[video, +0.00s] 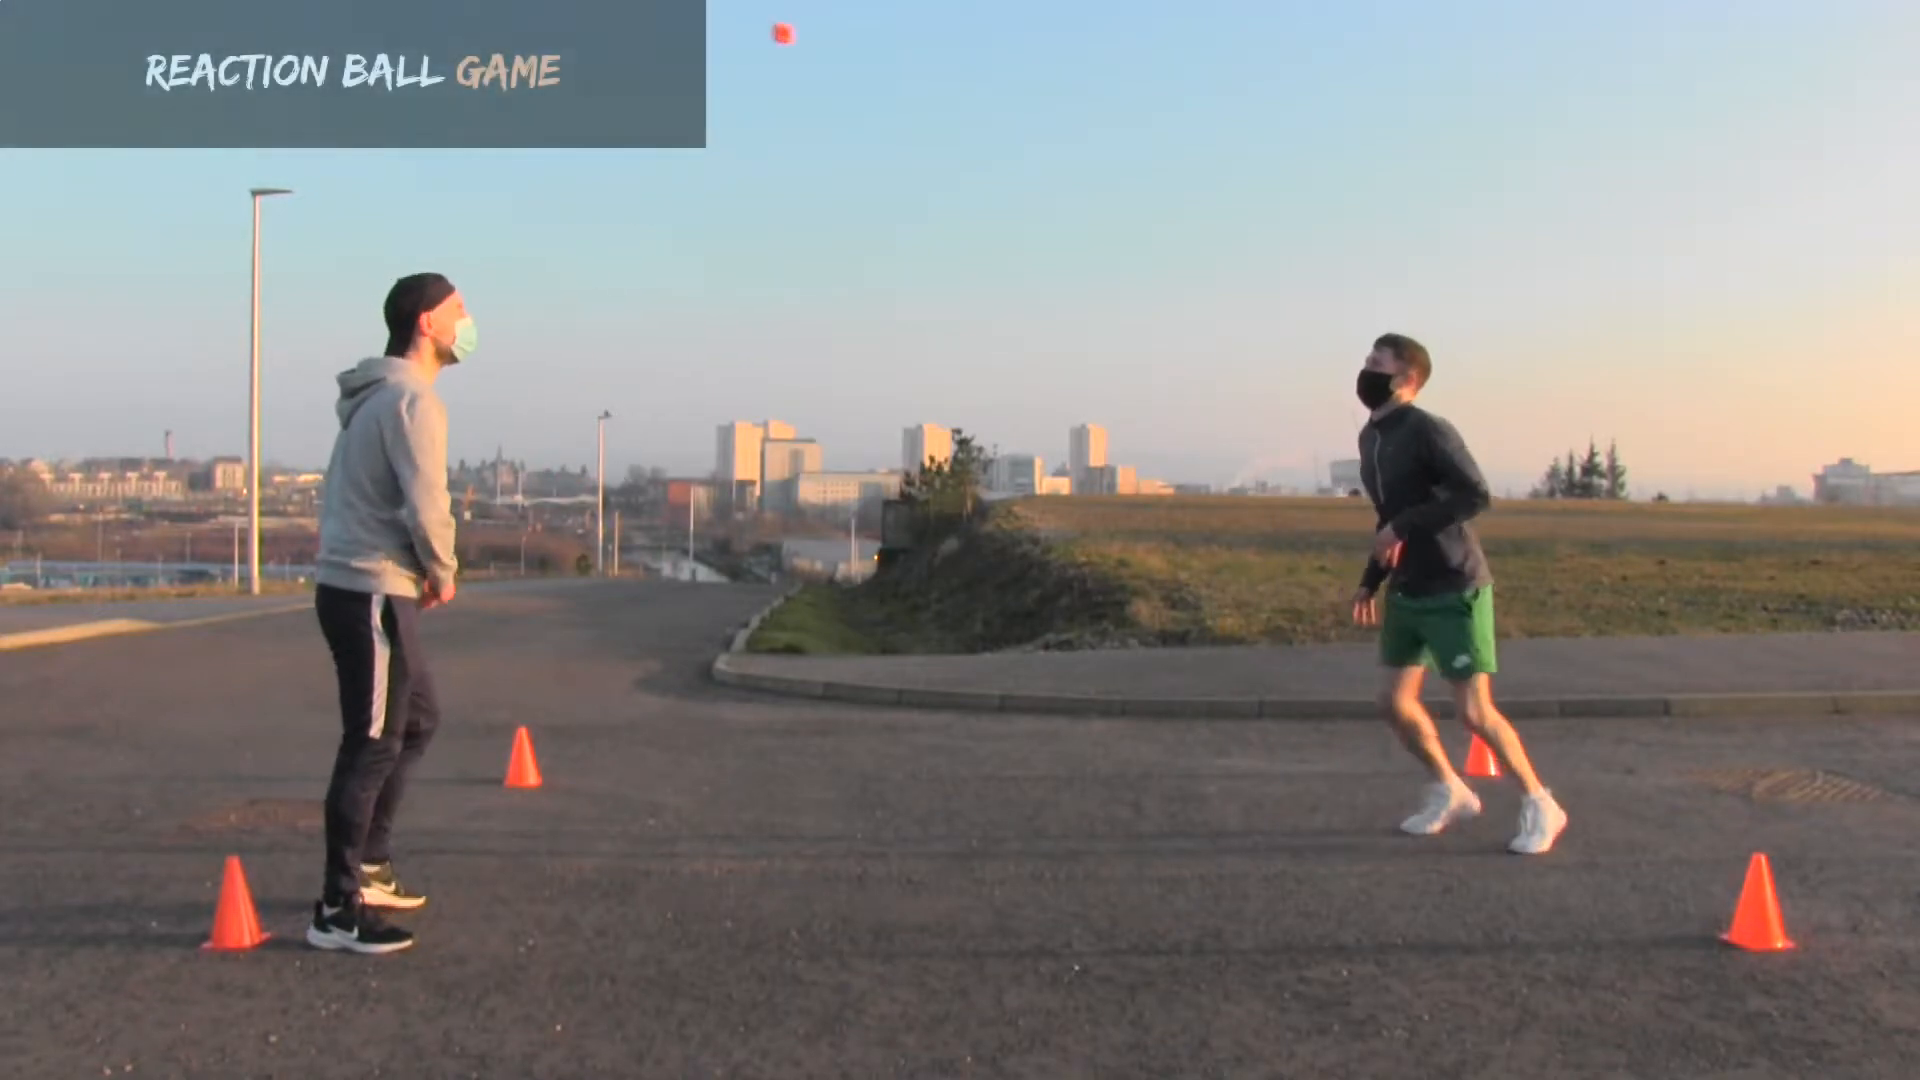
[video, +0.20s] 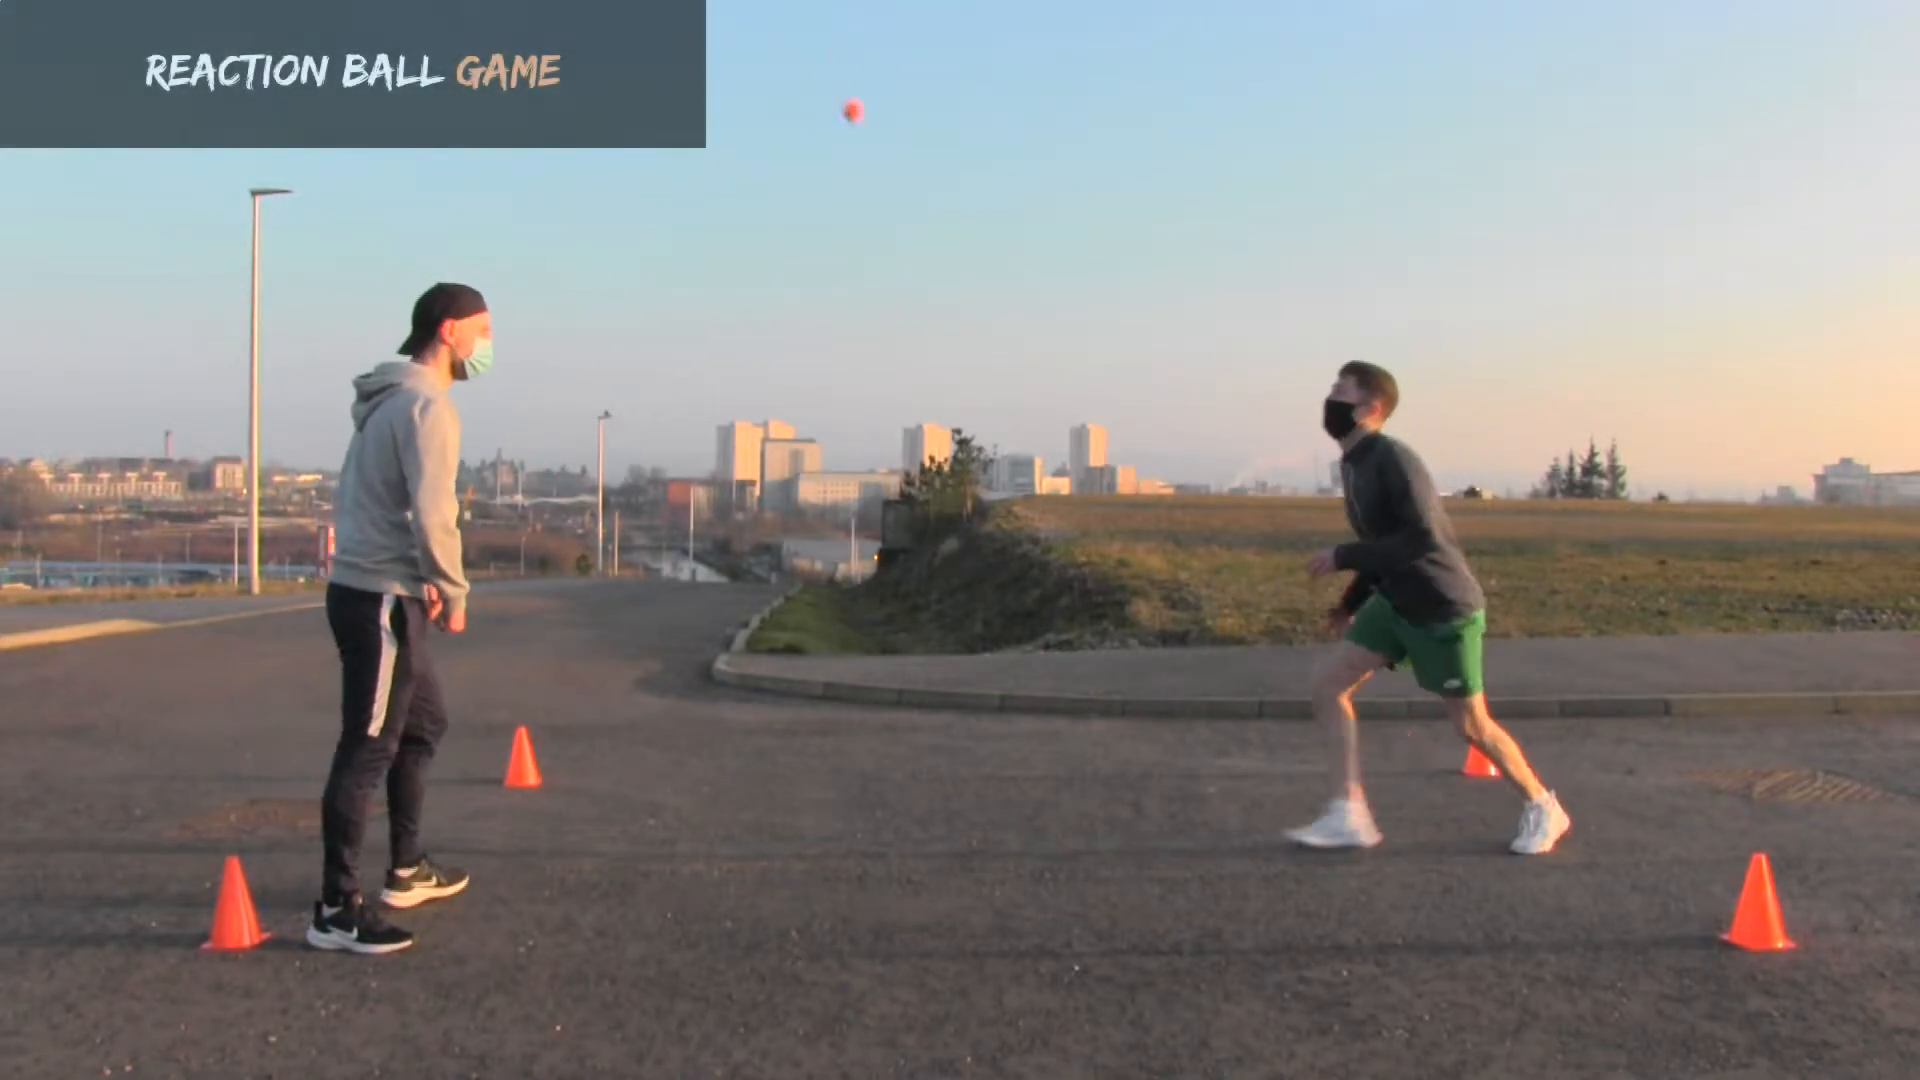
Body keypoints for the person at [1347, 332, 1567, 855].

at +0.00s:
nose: (1366, 368)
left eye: (1379, 361)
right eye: (1367, 359)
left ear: (1409, 377)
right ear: (1374, 371)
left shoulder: (1430, 431)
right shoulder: (1371, 438)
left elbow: (1475, 495)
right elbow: (1392, 522)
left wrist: (1400, 528)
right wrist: (1371, 582)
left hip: (1458, 591)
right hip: (1407, 592)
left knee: (1476, 709)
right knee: (1398, 701)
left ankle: (1541, 801)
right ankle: (1451, 788)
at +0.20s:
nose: (1330, 402)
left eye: (1343, 397)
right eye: (1332, 394)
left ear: (1375, 408)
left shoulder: (1393, 459)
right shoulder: (1353, 464)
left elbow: (1423, 538)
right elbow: (1382, 549)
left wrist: (1342, 558)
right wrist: (1350, 603)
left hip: (1448, 607)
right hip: (1395, 604)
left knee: (1474, 724)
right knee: (1331, 686)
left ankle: (1544, 805)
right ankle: (1350, 811)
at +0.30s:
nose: (1289, 398)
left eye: (1300, 390)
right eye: (1290, 389)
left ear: (1333, 398)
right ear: (1321, 399)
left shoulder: (1348, 451)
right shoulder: (1326, 458)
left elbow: (1374, 532)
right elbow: (1357, 549)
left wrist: (1297, 562)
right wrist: (1315, 601)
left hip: (1406, 613)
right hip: (1359, 611)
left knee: (1413, 742)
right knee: (1305, 705)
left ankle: (1517, 785)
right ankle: (1322, 835)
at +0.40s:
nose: (1263, 399)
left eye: (1270, 389)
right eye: (1263, 389)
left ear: (1305, 390)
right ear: (1303, 392)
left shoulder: (1327, 443)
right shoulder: (1308, 452)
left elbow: (1357, 522)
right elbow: (1332, 540)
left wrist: (1281, 556)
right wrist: (1291, 588)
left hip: (1377, 611)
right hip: (1335, 607)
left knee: (1348, 740)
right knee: (1288, 710)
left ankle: (1465, 783)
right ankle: (1320, 835)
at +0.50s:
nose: (1229, 393)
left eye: (1235, 380)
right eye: (1226, 383)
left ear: (1266, 372)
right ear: (1264, 376)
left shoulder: (1298, 420)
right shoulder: (1281, 427)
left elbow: (1338, 487)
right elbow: (1309, 502)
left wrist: (1270, 538)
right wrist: (1266, 548)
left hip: (1339, 590)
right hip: (1311, 587)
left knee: (1280, 713)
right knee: (1266, 704)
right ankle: (1311, 823)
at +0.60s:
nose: (1205, 404)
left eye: (1209, 392)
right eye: (1202, 394)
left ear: (1238, 380)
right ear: (1242, 380)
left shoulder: (1277, 424)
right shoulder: (1266, 427)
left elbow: (1309, 497)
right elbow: (1291, 508)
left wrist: (1248, 556)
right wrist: (1256, 566)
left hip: (1316, 595)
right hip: (1295, 591)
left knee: (1259, 719)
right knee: (1236, 693)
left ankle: (1296, 861)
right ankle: (1276, 821)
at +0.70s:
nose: (1177, 443)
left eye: (1179, 430)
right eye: (1173, 432)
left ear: (1205, 420)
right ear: (1220, 417)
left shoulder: (1240, 473)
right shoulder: (1254, 466)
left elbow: (1250, 572)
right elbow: (1257, 570)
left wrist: (1203, 632)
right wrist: (1213, 630)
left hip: (1282, 630)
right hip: (1294, 625)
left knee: (1207, 749)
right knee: (1210, 720)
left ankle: (1258, 890)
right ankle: (1233, 836)